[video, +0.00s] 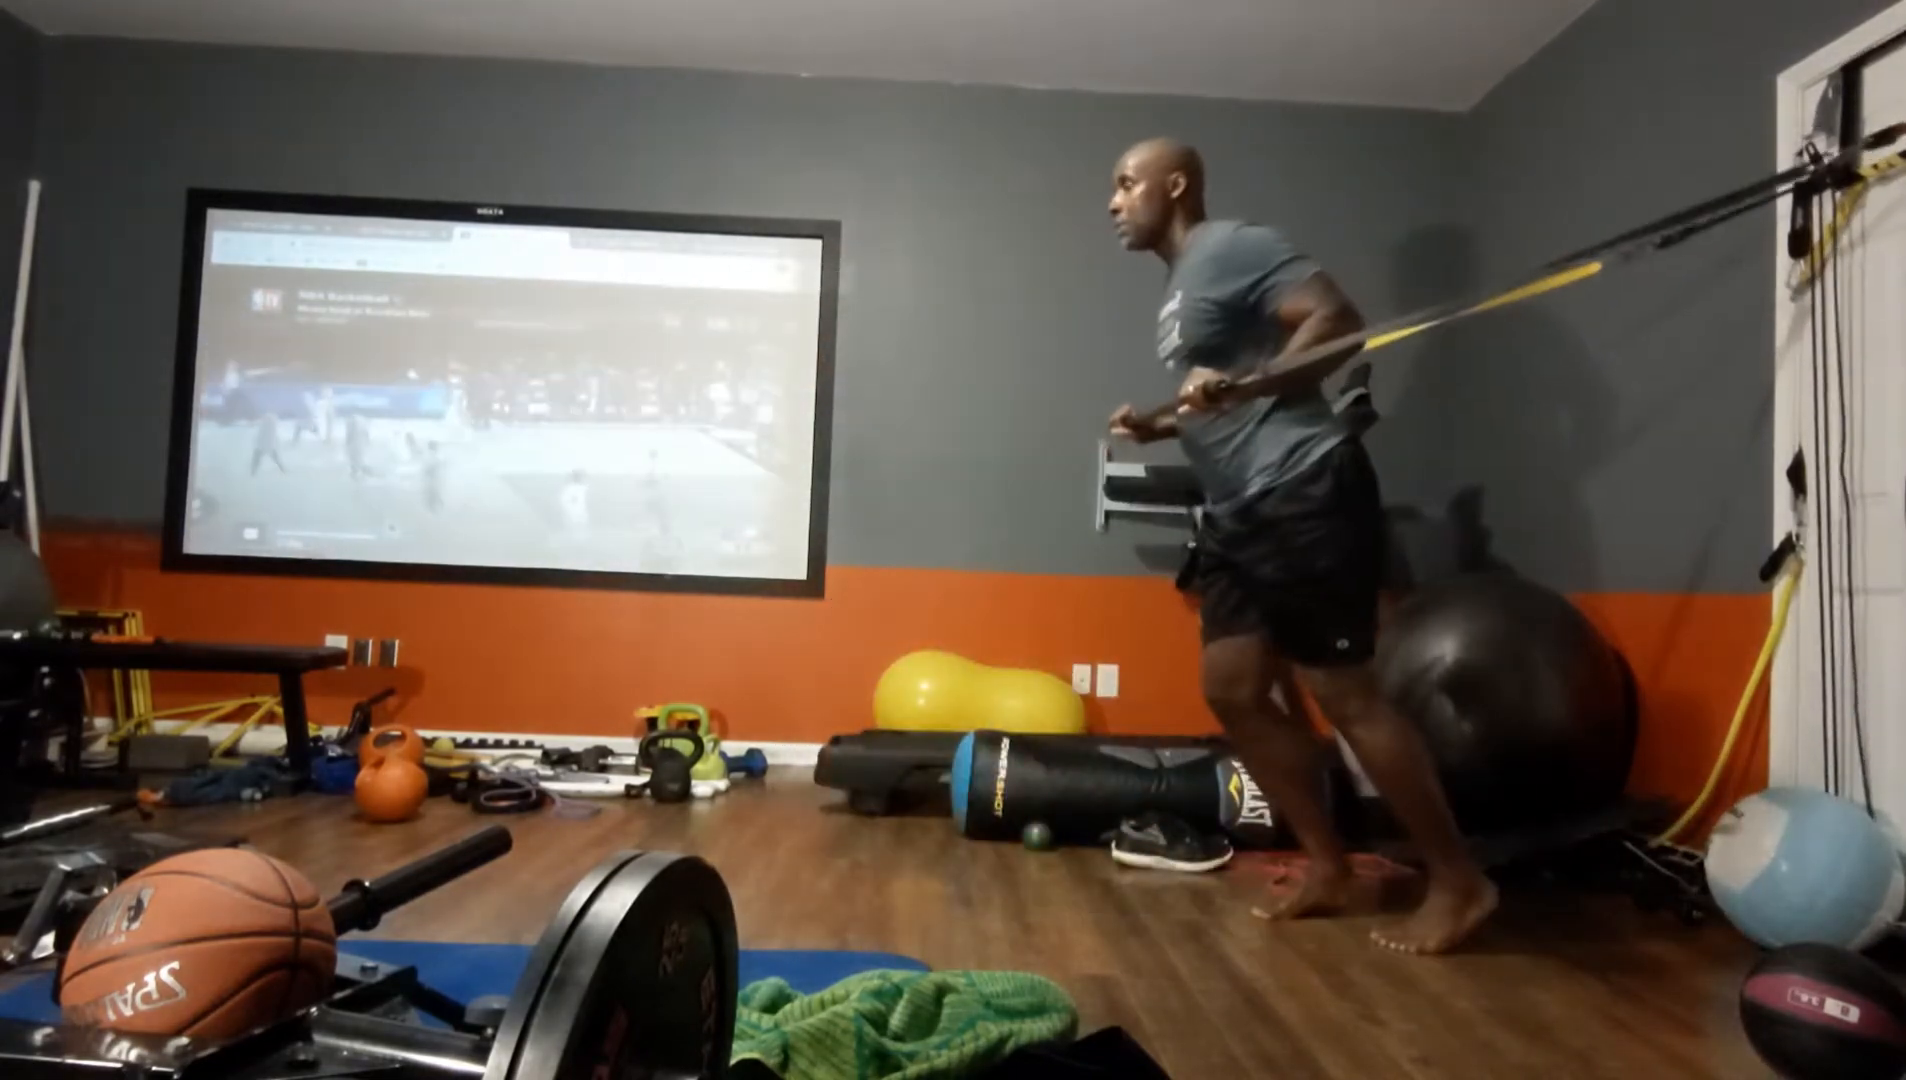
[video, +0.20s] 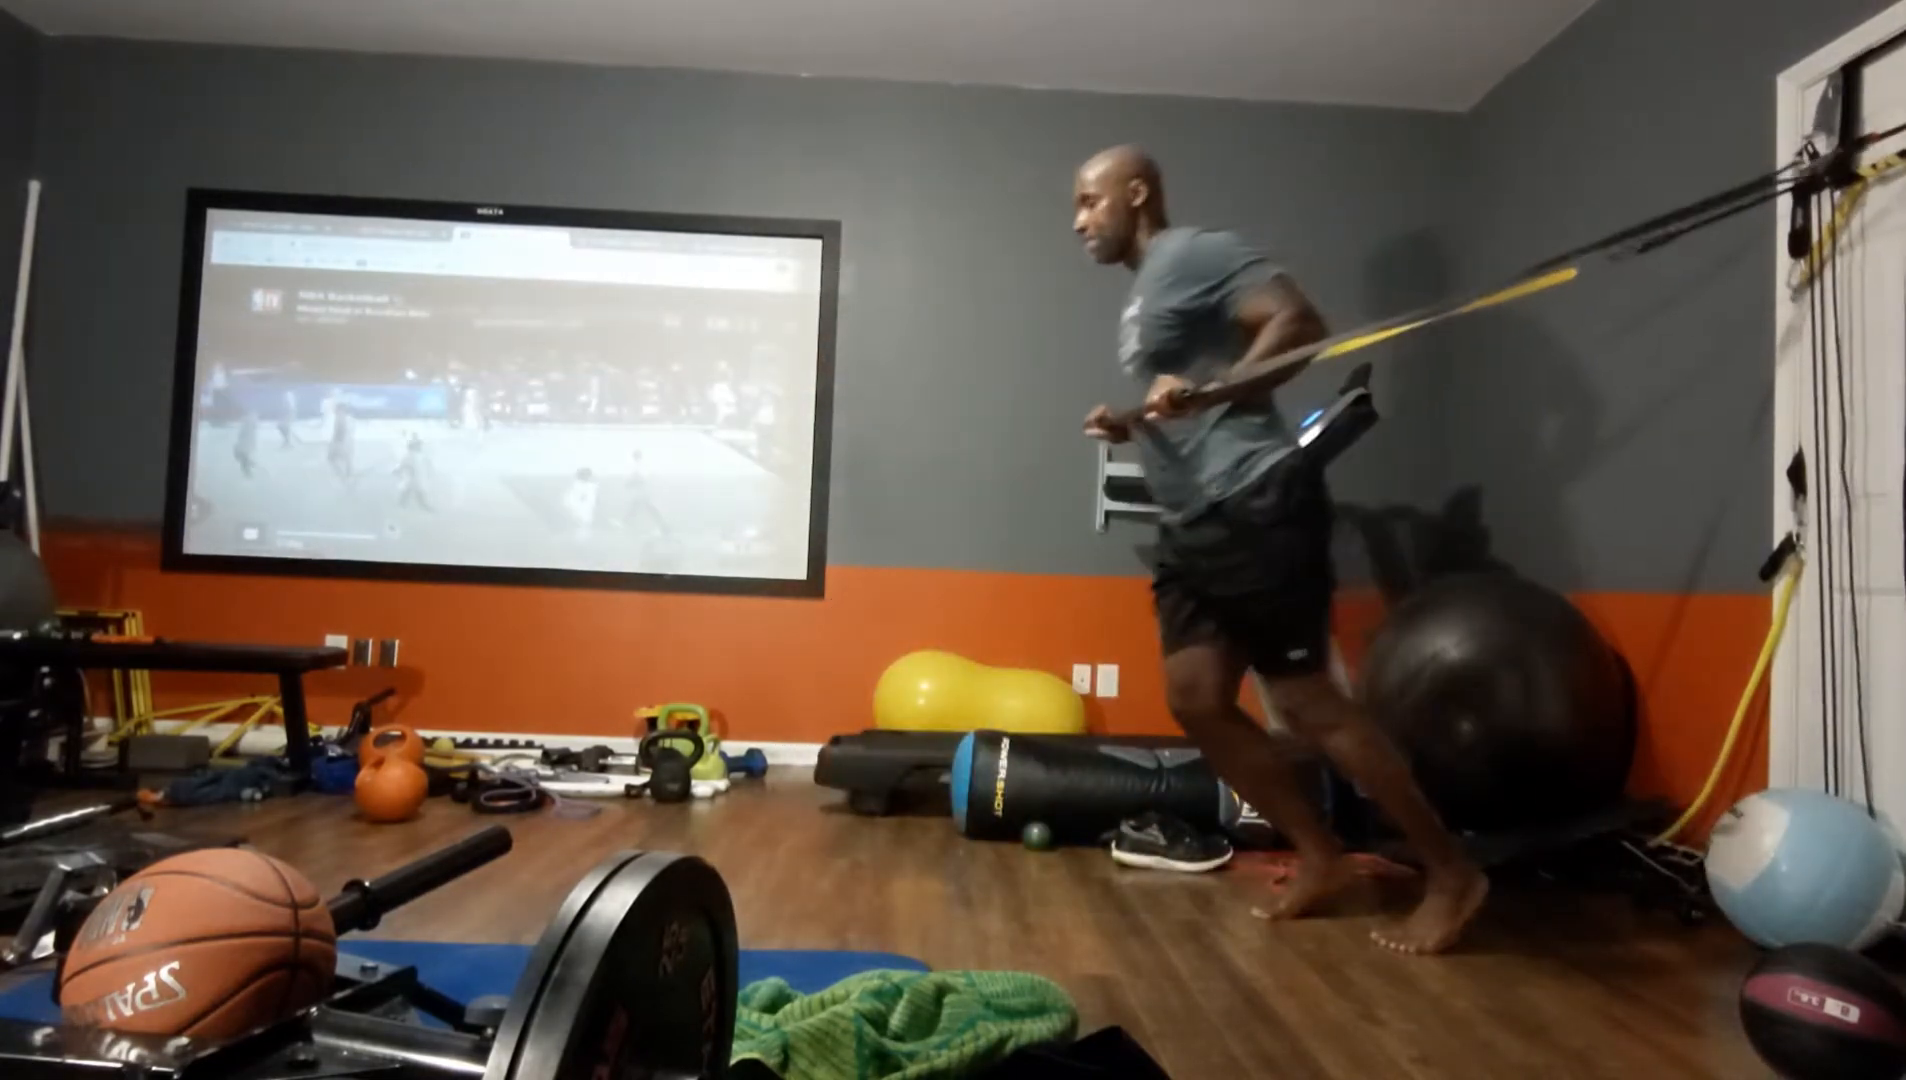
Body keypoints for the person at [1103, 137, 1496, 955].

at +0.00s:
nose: (1113, 202)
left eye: (1127, 185)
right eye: (1114, 187)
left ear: (1177, 188)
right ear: (1168, 192)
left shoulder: (1231, 246)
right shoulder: (1179, 288)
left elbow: (1338, 320)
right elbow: (1237, 402)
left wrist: (1246, 384)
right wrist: (1162, 424)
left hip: (1311, 495)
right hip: (1242, 511)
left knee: (1346, 693)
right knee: (1234, 690)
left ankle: (1459, 884)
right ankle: (1325, 869)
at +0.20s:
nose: (1078, 220)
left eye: (1088, 201)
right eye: (1076, 207)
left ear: (1139, 196)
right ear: (1116, 207)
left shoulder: (1193, 252)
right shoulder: (1143, 297)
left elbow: (1299, 324)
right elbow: (1200, 406)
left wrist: (1211, 391)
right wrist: (1133, 424)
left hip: (1263, 509)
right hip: (1194, 526)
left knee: (1308, 704)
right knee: (1197, 701)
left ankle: (1453, 876)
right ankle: (1322, 861)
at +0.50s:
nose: (968, 262)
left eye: (974, 241)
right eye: (959, 250)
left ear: (1020, 223)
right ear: (969, 255)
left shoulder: (1076, 274)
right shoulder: (1027, 319)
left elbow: (1121, 361)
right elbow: (1040, 416)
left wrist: (1001, 356)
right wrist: (959, 396)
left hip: (1149, 504)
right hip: (1120, 514)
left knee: (1019, 665)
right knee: (1182, 725)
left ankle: (1125, 829)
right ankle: (1314, 854)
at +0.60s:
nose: (920, 282)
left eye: (925, 266)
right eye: (908, 273)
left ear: (954, 251)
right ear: (906, 277)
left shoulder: (1015, 287)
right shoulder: (965, 338)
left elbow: (939, 308)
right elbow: (911, 384)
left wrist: (815, 297)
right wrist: (822, 345)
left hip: (1104, 506)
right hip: (1101, 514)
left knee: (957, 651)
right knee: (1178, 720)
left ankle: (942, 884)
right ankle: (1320, 856)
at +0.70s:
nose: (814, 299)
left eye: (816, 283)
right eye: (816, 293)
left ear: (856, 272)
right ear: (864, 288)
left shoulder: (924, 304)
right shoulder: (903, 343)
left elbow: (776, 282)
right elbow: (793, 343)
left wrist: (637, 244)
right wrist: (701, 303)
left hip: (1042, 528)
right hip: (1080, 530)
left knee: (902, 671)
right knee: (1147, 716)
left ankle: (896, 907)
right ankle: (1304, 845)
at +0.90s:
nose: (719, 382)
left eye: (720, 362)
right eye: (706, 373)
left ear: (752, 336)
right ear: (751, 361)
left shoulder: (827, 354)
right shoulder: (814, 402)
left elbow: (686, 321)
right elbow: (691, 362)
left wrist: (550, 279)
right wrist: (604, 317)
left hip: (991, 526)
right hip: (1015, 536)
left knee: (837, 680)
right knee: (1087, 748)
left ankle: (893, 905)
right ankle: (1240, 830)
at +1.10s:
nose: (694, 399)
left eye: (691, 381)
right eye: (680, 391)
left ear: (727, 353)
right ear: (737, 371)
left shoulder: (801, 356)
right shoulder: (804, 415)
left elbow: (656, 345)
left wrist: (525, 293)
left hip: (975, 537)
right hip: (1005, 544)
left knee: (818, 687)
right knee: (1083, 745)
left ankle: (888, 895)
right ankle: (1239, 834)